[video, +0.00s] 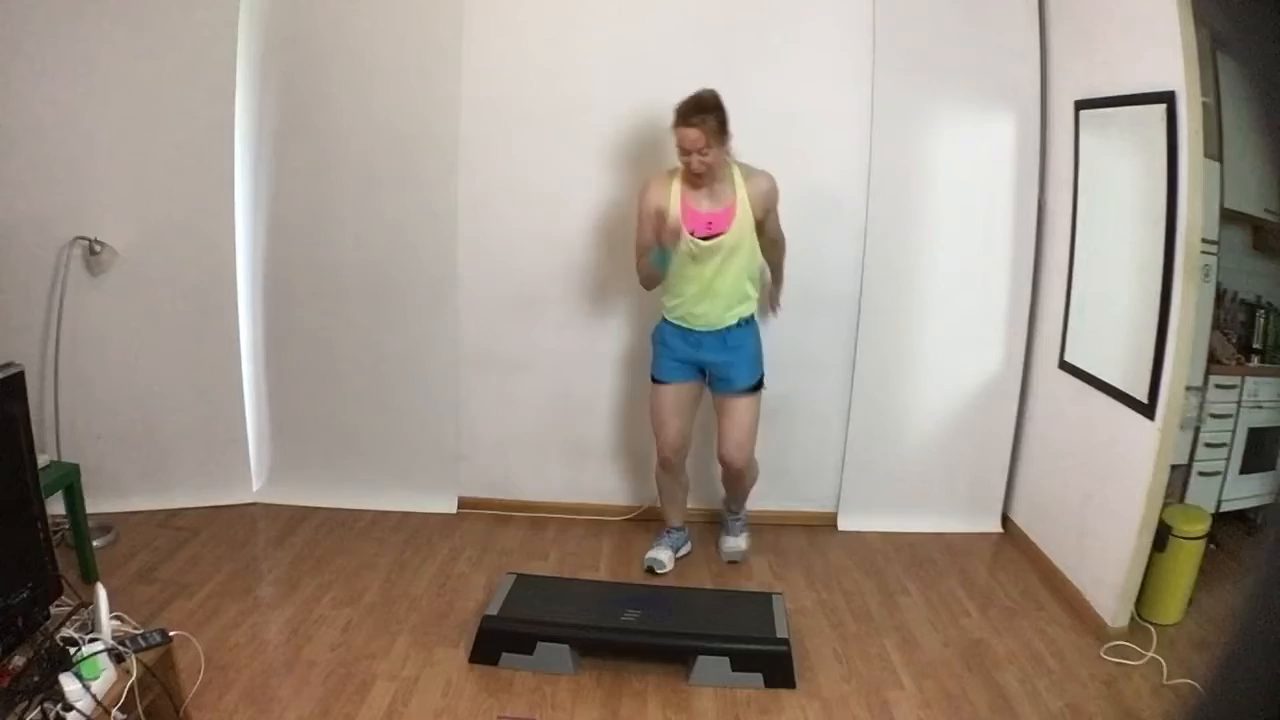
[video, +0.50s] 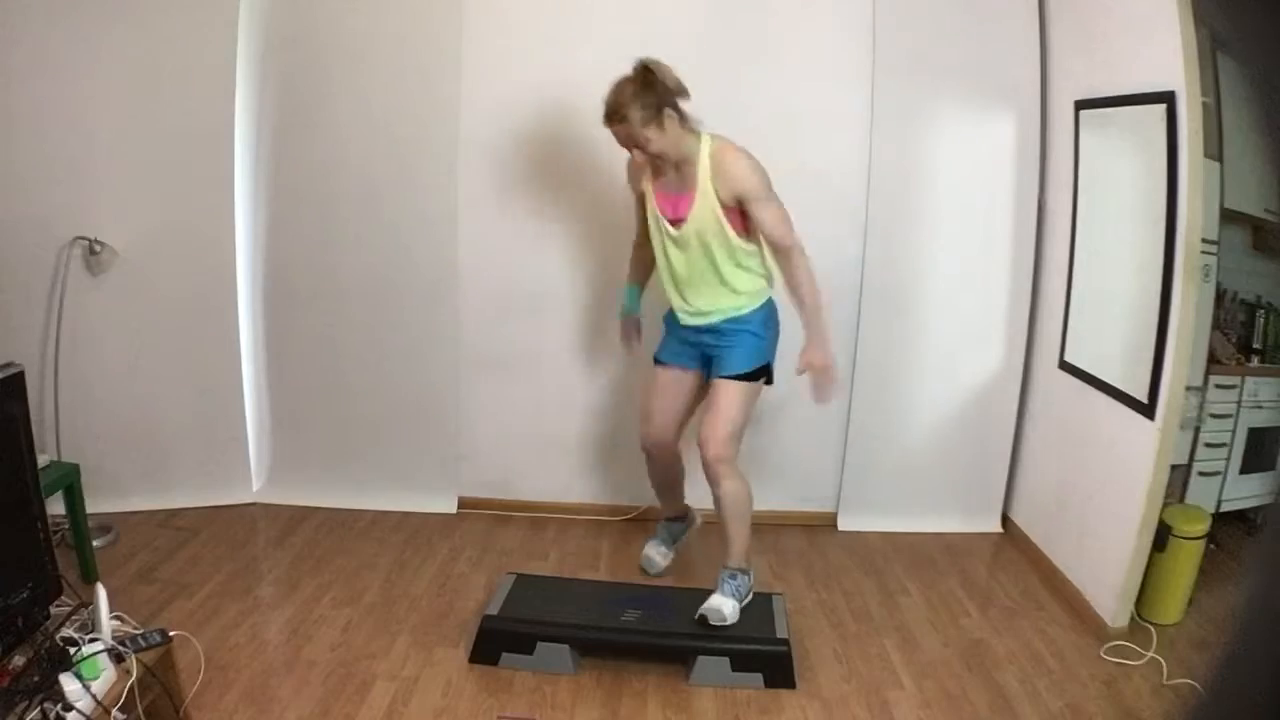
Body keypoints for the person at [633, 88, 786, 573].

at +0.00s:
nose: (693, 161)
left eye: (702, 151)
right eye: (685, 152)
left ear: (725, 143)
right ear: (675, 145)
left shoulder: (758, 188)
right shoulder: (660, 191)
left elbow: (773, 242)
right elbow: (647, 278)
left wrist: (775, 284)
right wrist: (662, 247)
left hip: (737, 335)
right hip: (676, 334)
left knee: (735, 458)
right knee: (669, 451)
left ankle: (735, 517)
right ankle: (674, 532)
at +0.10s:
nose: (681, 162)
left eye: (689, 152)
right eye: (672, 154)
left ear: (711, 138)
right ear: (661, 146)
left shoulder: (751, 177)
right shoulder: (656, 185)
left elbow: (766, 229)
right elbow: (647, 270)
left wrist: (766, 271)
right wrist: (651, 213)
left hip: (737, 324)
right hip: (676, 326)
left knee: (730, 436)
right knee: (674, 442)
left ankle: (741, 519)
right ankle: (674, 531)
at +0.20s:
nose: (670, 168)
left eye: (679, 157)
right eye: (660, 159)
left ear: (699, 140)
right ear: (647, 147)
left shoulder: (744, 180)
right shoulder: (645, 187)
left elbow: (766, 236)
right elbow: (643, 276)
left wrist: (764, 283)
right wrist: (645, 230)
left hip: (737, 321)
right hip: (677, 326)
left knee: (724, 427)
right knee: (676, 441)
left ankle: (739, 545)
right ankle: (675, 532)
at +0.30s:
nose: (660, 178)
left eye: (668, 166)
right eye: (650, 170)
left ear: (692, 145)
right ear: (639, 157)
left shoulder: (741, 188)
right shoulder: (639, 197)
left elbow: (769, 256)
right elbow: (633, 265)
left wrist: (774, 314)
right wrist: (639, 303)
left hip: (740, 330)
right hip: (678, 336)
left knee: (717, 441)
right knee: (678, 449)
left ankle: (737, 563)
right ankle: (676, 533)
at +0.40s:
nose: (649, 170)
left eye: (654, 159)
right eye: (640, 162)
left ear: (685, 137)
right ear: (636, 152)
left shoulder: (743, 185)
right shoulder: (640, 191)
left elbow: (776, 262)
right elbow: (635, 269)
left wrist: (792, 338)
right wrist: (631, 346)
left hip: (742, 331)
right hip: (679, 335)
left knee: (714, 448)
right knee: (675, 449)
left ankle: (737, 572)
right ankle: (675, 529)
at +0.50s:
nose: (637, 154)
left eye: (639, 142)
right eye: (628, 145)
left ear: (669, 117)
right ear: (631, 136)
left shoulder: (732, 167)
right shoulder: (643, 169)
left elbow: (788, 249)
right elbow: (647, 237)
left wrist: (817, 338)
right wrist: (630, 300)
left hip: (743, 322)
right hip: (684, 321)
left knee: (717, 448)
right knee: (656, 439)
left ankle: (737, 572)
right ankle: (676, 518)